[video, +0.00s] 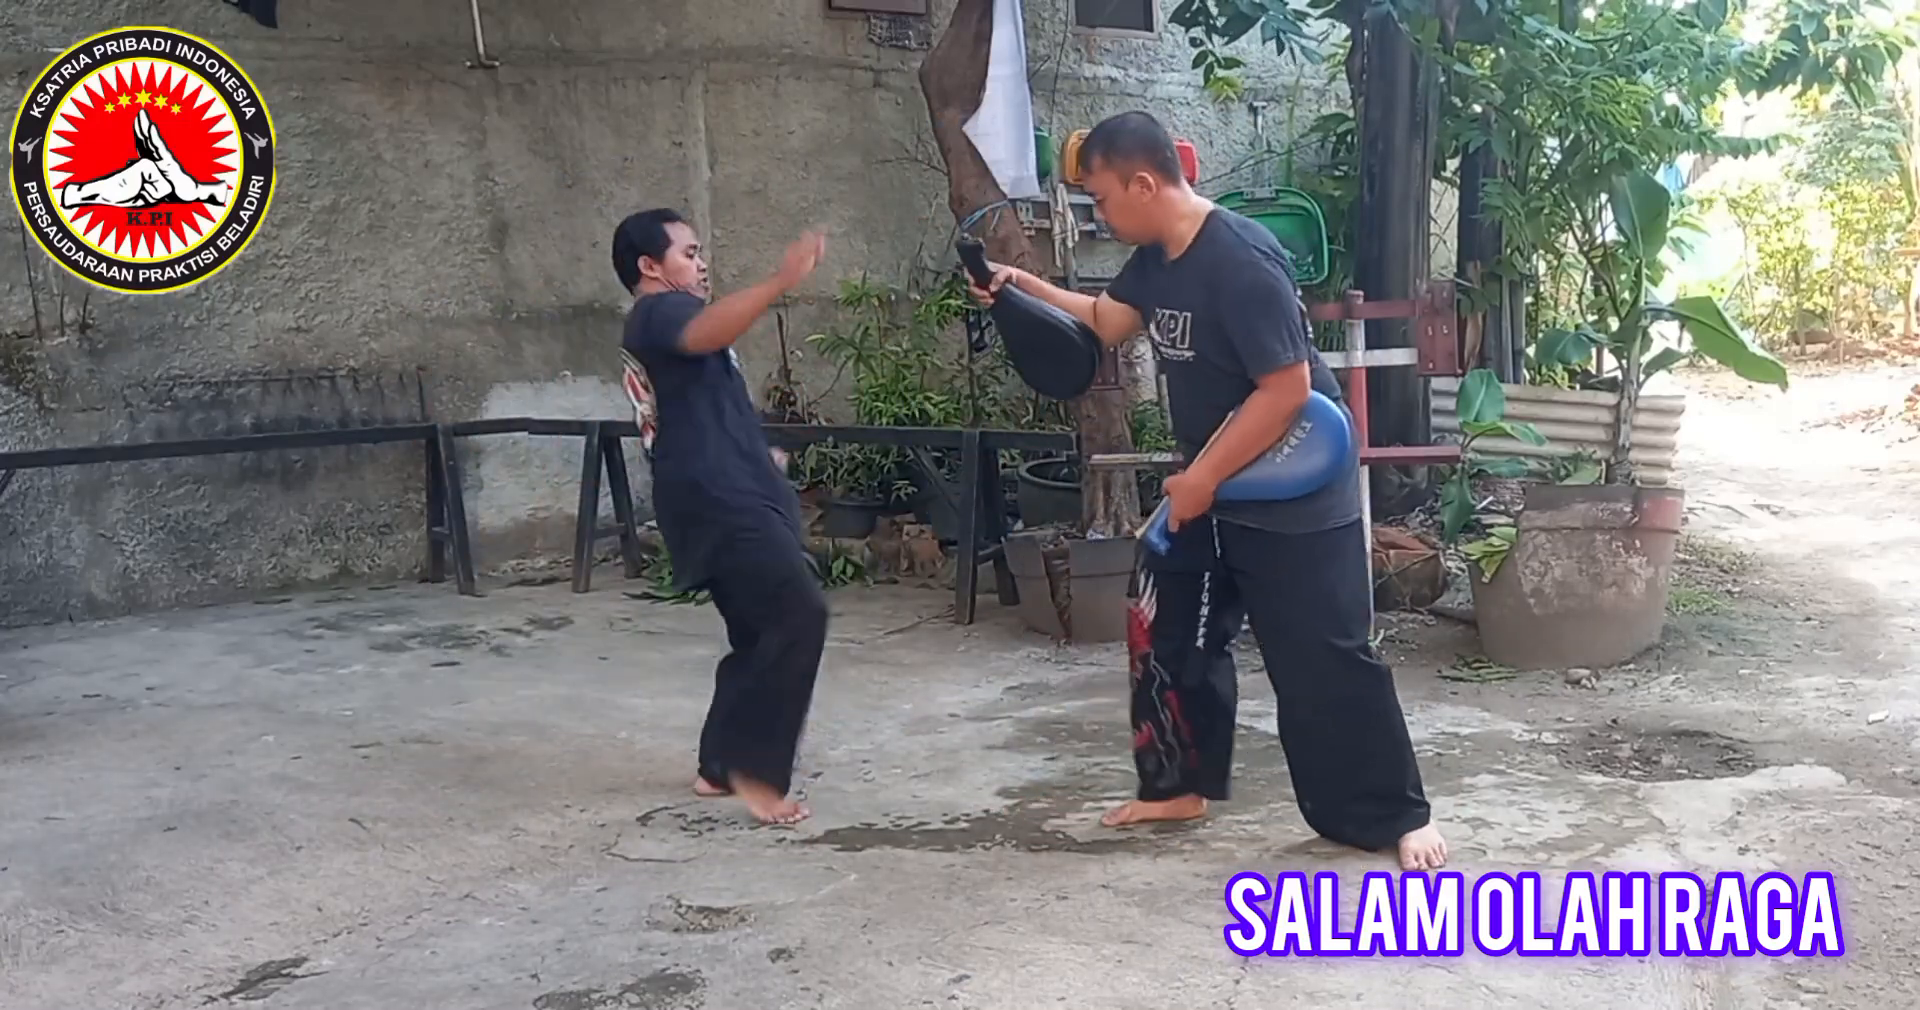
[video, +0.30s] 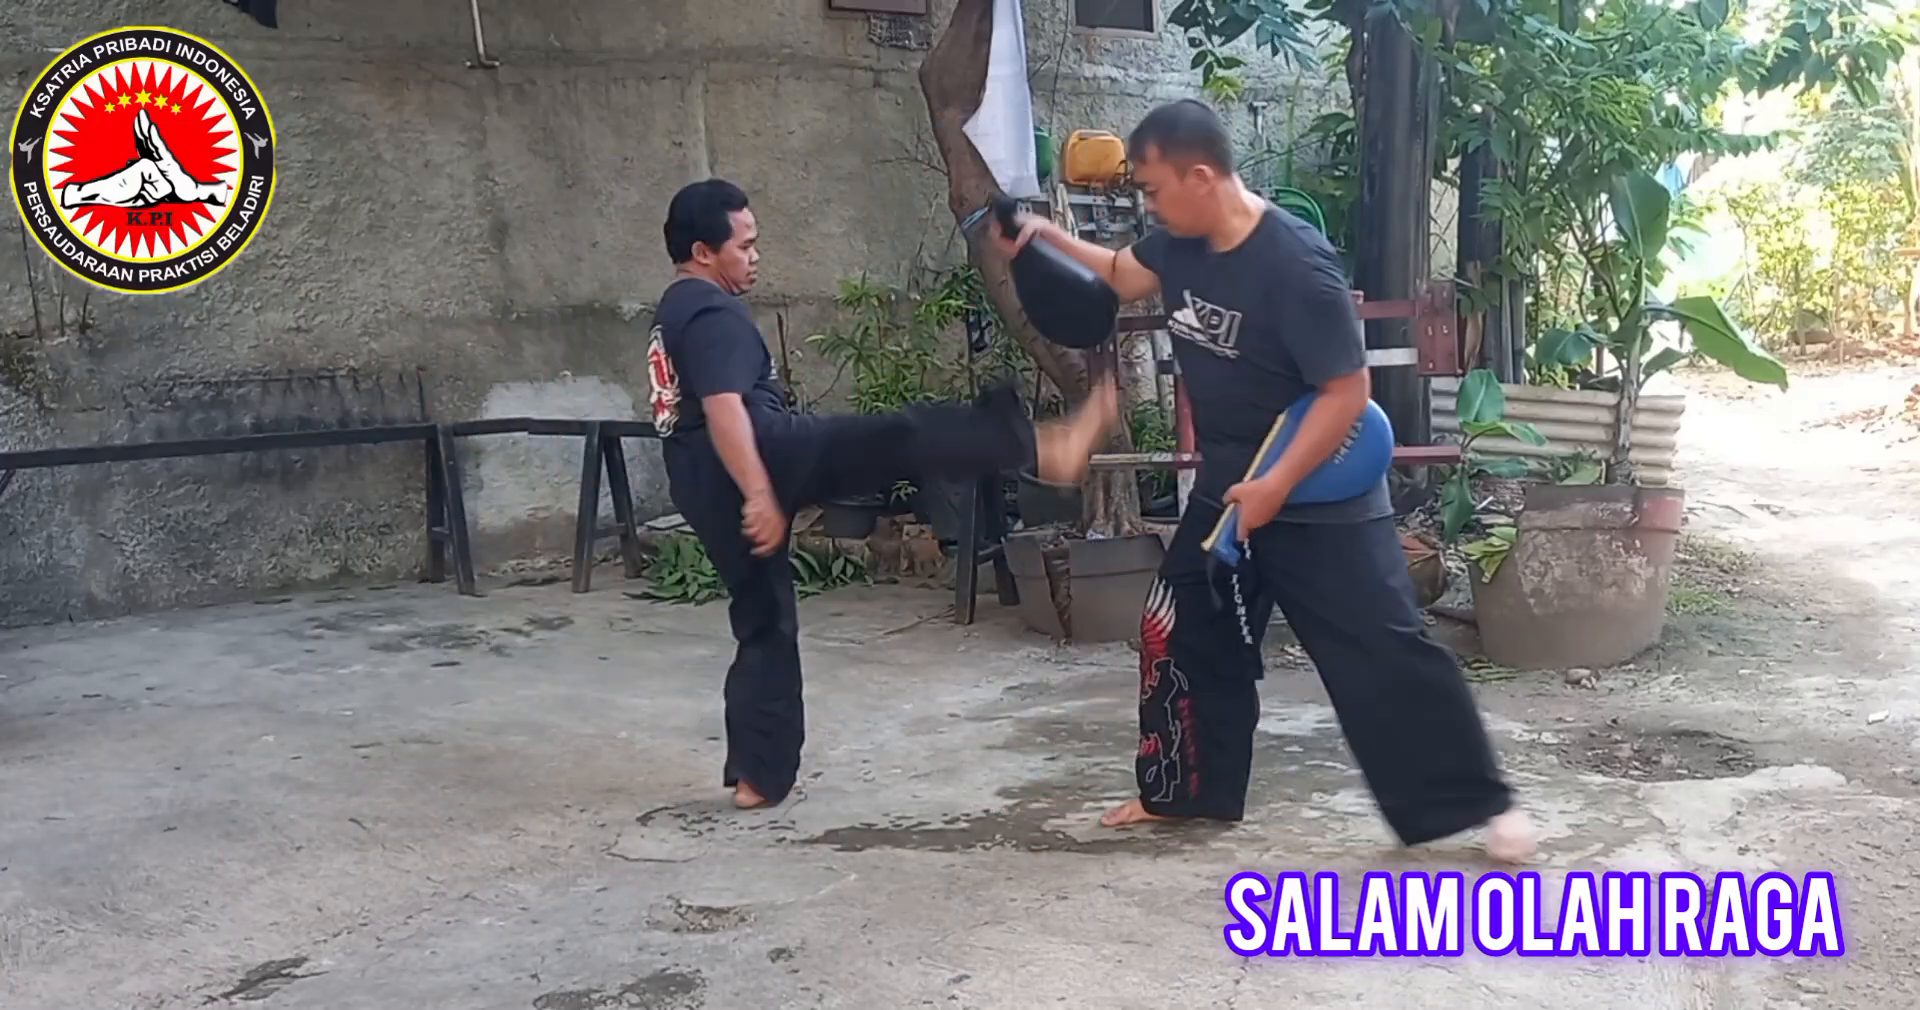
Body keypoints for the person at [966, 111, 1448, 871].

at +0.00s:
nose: (1099, 214)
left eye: (1102, 196)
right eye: (1095, 200)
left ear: (1150, 182)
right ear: (1148, 186)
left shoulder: (1243, 261)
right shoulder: (1156, 255)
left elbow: (1287, 386)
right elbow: (1107, 320)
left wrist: (1202, 475)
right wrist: (1021, 286)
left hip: (1298, 500)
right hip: (1213, 496)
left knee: (1330, 654)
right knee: (1182, 634)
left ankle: (1405, 818)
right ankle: (1182, 786)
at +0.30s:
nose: (1146, 202)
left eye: (1151, 186)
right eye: (1142, 188)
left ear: (1201, 174)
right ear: (1195, 176)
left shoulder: (1297, 261)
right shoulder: (1178, 240)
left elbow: (1348, 391)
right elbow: (1124, 275)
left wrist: (1277, 485)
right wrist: (1051, 238)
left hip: (1321, 484)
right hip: (1228, 482)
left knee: (1388, 643)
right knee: (1193, 634)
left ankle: (1490, 805)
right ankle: (1187, 791)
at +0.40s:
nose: (1203, 204)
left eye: (1209, 189)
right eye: (1199, 191)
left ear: (1262, 179)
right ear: (1251, 182)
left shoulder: (1362, 266)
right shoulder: (1221, 246)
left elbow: (1401, 399)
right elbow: (1151, 283)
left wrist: (1317, 479)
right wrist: (1082, 273)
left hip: (1372, 512)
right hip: (1266, 502)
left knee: (1451, 671)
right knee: (1221, 650)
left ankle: (1554, 841)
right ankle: (1187, 794)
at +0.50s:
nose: (1257, 208)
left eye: (1265, 192)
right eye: (1254, 192)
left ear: (1324, 181)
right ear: (1307, 184)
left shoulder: (1439, 254)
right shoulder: (1269, 256)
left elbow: (1495, 379)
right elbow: (1189, 332)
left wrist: (1415, 468)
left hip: (1453, 490)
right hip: (1336, 487)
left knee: (1502, 660)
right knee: (1268, 623)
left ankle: (1563, 851)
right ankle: (1235, 784)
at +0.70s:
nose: (1315, 208)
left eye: (1322, 188)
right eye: (1310, 191)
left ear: (1381, 170)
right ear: (1358, 174)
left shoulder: (1507, 230)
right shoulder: (1313, 250)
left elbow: (1573, 348)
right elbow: (1240, 349)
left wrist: (1546, 448)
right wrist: (1203, 457)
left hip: (1504, 485)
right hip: (1381, 485)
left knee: (1536, 669)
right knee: (1340, 636)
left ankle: (1553, 857)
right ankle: (1336, 805)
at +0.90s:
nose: (1397, 155)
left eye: (1411, 136)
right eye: (1391, 137)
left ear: (1475, 123)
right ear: (1391, 128)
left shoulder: (1571, 216)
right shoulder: (1380, 194)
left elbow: (1611, 344)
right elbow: (1289, 275)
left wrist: (1593, 433)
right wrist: (1248, 352)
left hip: (1516, 481)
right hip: (1395, 470)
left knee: (1539, 665)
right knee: (1356, 633)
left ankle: (1556, 852)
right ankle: (1331, 797)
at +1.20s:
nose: (1441, 87)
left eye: (1456, 69)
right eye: (1439, 72)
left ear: (1523, 68)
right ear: (1459, 80)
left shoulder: (1607, 198)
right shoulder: (1435, 169)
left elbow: (1632, 344)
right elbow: (1402, 273)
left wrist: (1564, 420)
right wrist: (1378, 354)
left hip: (1539, 487)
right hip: (1420, 464)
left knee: (1539, 677)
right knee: (1365, 628)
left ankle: (1546, 854)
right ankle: (1327, 793)